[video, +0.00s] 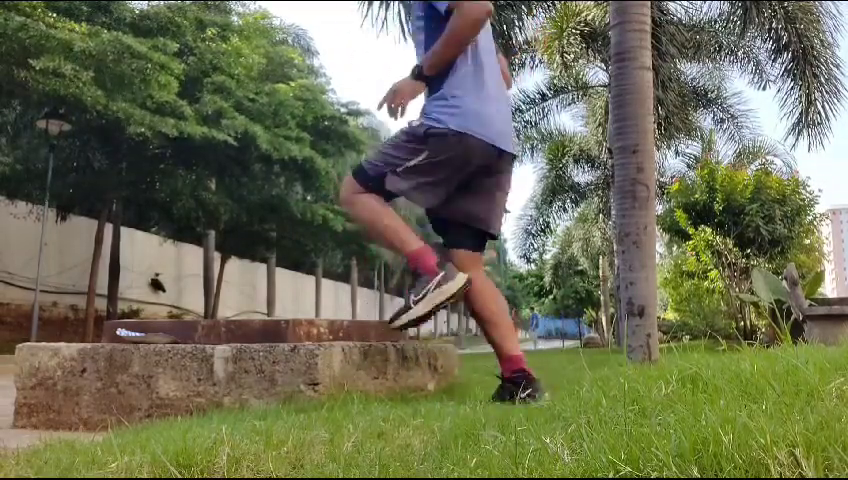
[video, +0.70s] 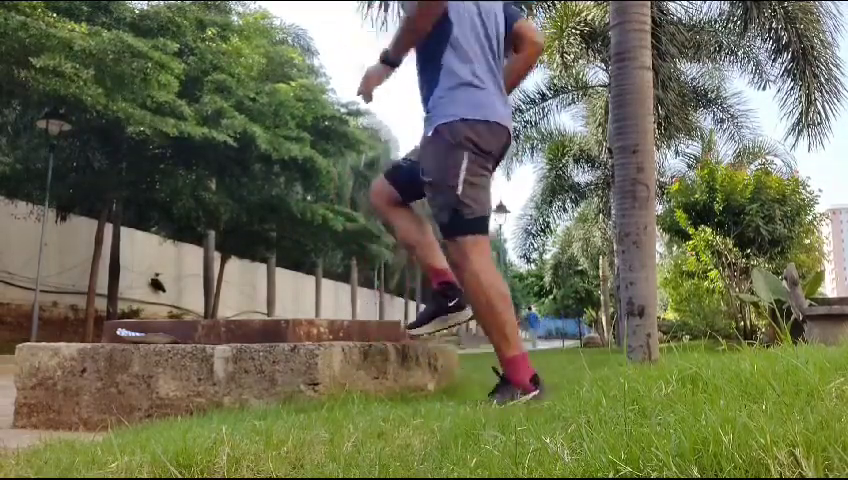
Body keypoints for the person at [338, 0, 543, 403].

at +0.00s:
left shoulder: (434, 5)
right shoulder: (470, 15)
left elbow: (478, 8)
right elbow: (501, 71)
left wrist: (419, 77)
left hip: (454, 125)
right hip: (499, 139)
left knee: (355, 193)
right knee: (467, 266)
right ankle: (518, 376)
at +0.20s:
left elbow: (422, 2)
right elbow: (492, 23)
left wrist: (384, 34)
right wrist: (440, 49)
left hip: (428, 77)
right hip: (476, 89)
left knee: (366, 189)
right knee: (432, 214)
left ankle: (393, 308)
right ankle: (492, 321)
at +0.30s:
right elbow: (492, 8)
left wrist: (378, 17)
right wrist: (451, 41)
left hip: (427, 58)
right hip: (475, 69)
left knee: (385, 180)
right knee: (416, 189)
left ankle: (394, 309)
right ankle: (457, 300)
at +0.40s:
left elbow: (379, 7)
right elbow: (500, 3)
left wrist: (375, 6)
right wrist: (462, 32)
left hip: (433, 54)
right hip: (477, 65)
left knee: (392, 177)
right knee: (421, 188)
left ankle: (419, 304)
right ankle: (425, 308)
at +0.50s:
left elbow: (373, 7)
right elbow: (509, 6)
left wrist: (364, 12)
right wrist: (470, 46)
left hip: (440, 65)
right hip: (473, 72)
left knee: (394, 193)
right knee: (420, 195)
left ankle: (472, 295)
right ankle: (423, 313)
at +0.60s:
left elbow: (379, 15)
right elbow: (524, 5)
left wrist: (372, 19)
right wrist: (483, 49)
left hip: (453, 78)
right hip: (489, 84)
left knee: (438, 215)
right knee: (394, 183)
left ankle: (491, 344)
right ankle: (420, 302)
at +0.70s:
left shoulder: (432, 4)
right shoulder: (495, 7)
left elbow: (428, 9)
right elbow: (531, 43)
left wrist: (385, 63)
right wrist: (494, 92)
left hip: (458, 119)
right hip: (496, 123)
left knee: (469, 255)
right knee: (384, 194)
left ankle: (521, 379)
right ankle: (444, 285)